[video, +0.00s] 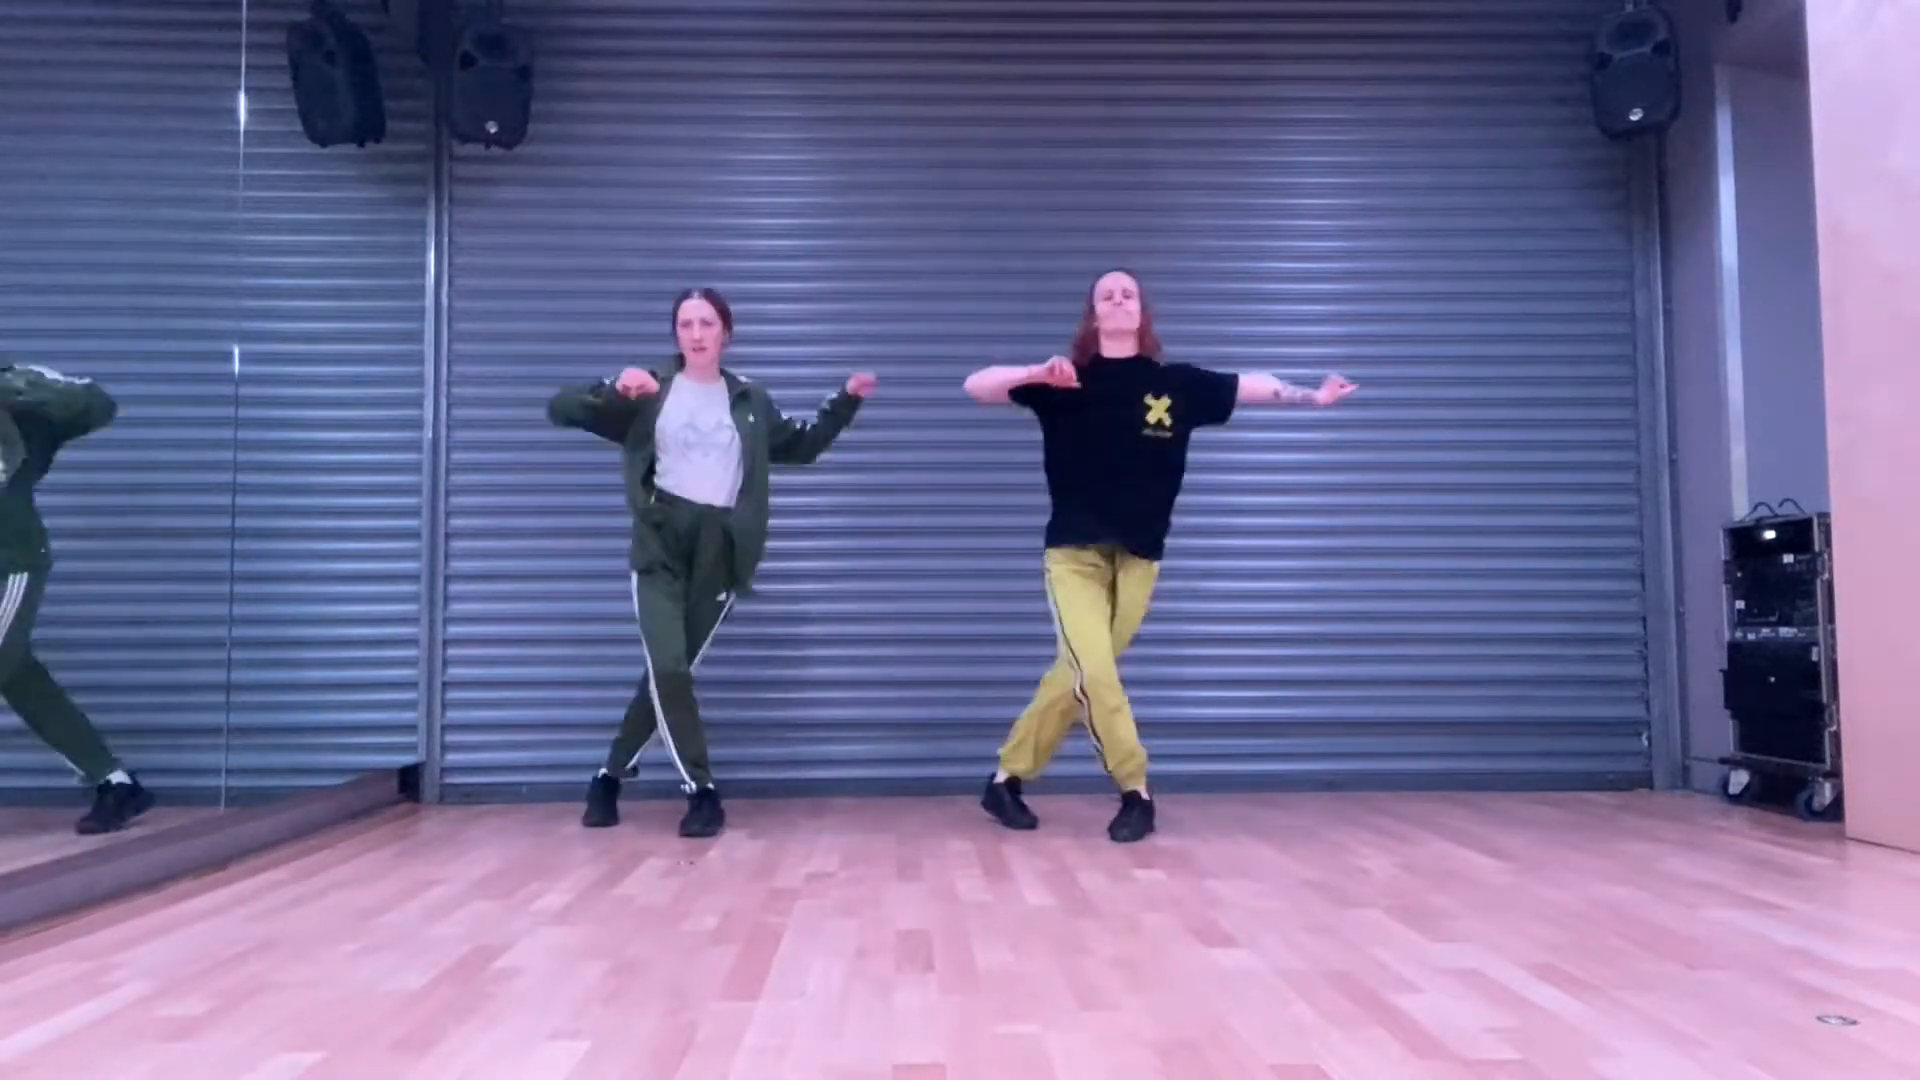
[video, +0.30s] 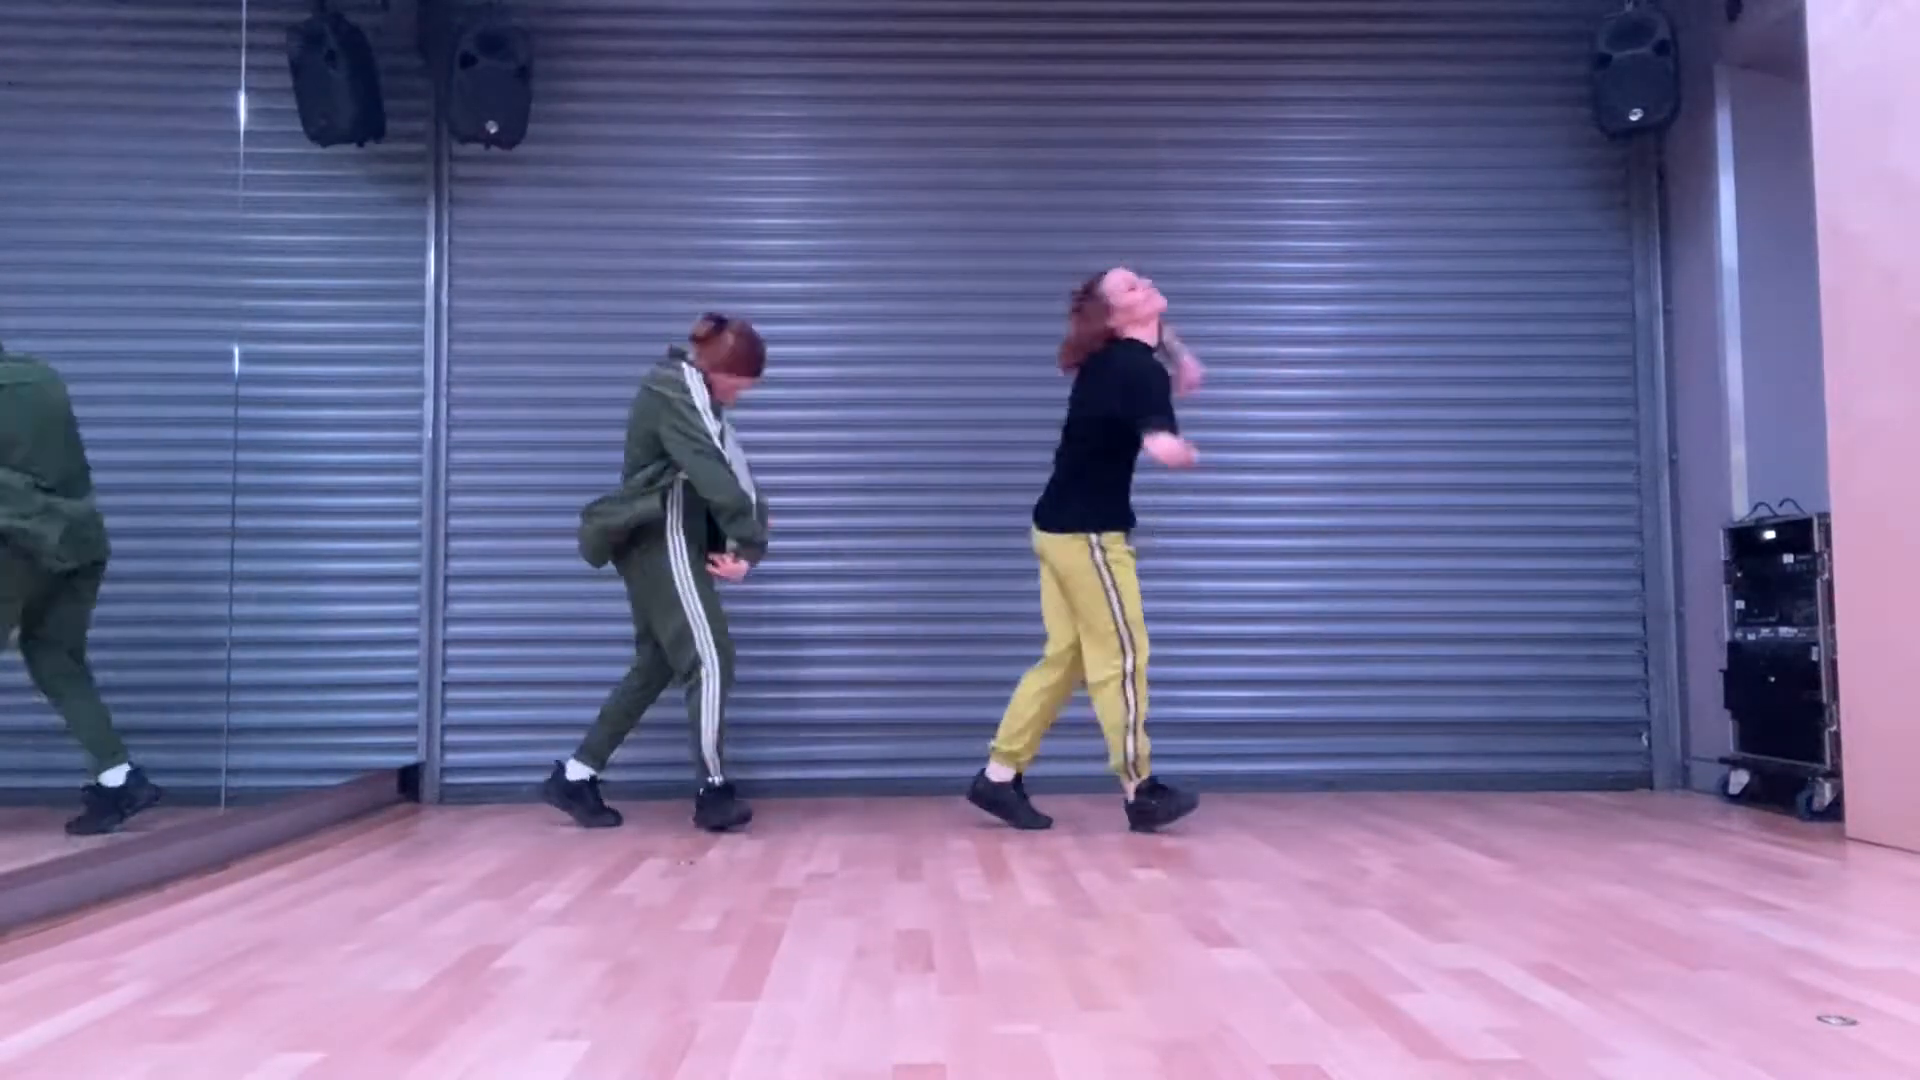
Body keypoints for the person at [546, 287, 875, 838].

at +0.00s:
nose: (697, 332)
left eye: (706, 323)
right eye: (687, 324)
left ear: (725, 332)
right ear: (676, 333)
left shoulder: (750, 400)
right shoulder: (647, 396)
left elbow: (799, 446)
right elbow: (560, 409)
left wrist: (847, 400)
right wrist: (612, 390)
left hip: (721, 545)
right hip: (658, 537)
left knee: (670, 670)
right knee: (667, 668)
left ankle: (609, 777)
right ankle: (701, 793)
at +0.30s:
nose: (740, 396)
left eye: (746, 388)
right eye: (739, 386)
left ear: (718, 365)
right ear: (715, 368)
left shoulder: (697, 394)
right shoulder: (672, 394)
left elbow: (738, 478)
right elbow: (714, 481)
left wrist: (742, 547)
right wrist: (744, 536)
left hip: (665, 542)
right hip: (662, 543)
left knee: (653, 666)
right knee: (708, 658)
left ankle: (577, 775)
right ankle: (712, 790)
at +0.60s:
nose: (641, 363)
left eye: (643, 354)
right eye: (644, 355)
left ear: (655, 351)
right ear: (697, 349)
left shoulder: (644, 384)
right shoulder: (734, 405)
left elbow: (603, 468)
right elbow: (762, 481)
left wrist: (582, 543)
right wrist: (709, 497)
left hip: (638, 550)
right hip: (704, 557)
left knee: (603, 670)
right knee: (686, 675)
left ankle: (602, 793)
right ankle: (702, 790)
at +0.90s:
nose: (668, 336)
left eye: (680, 327)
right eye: (661, 327)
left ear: (702, 339)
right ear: (652, 338)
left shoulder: (713, 396)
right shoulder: (643, 403)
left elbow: (725, 475)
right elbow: (590, 465)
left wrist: (696, 547)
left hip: (689, 537)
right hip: (639, 535)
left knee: (647, 672)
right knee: (613, 675)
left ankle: (698, 798)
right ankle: (714, 743)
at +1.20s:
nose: (659, 359)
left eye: (671, 350)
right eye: (652, 350)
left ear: (692, 357)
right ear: (642, 355)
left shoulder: (719, 407)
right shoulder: (627, 400)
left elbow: (778, 469)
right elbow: (610, 392)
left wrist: (760, 538)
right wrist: (690, 378)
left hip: (702, 539)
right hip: (643, 536)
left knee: (652, 593)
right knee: (629, 678)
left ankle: (669, 716)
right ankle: (664, 781)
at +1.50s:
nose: (685, 366)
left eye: (694, 357)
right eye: (675, 356)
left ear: (710, 361)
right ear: (661, 361)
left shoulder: (732, 399)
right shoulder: (636, 409)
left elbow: (748, 461)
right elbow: (609, 477)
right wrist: (618, 539)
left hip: (730, 536)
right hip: (669, 539)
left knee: (740, 666)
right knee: (668, 664)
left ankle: (719, 761)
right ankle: (672, 771)